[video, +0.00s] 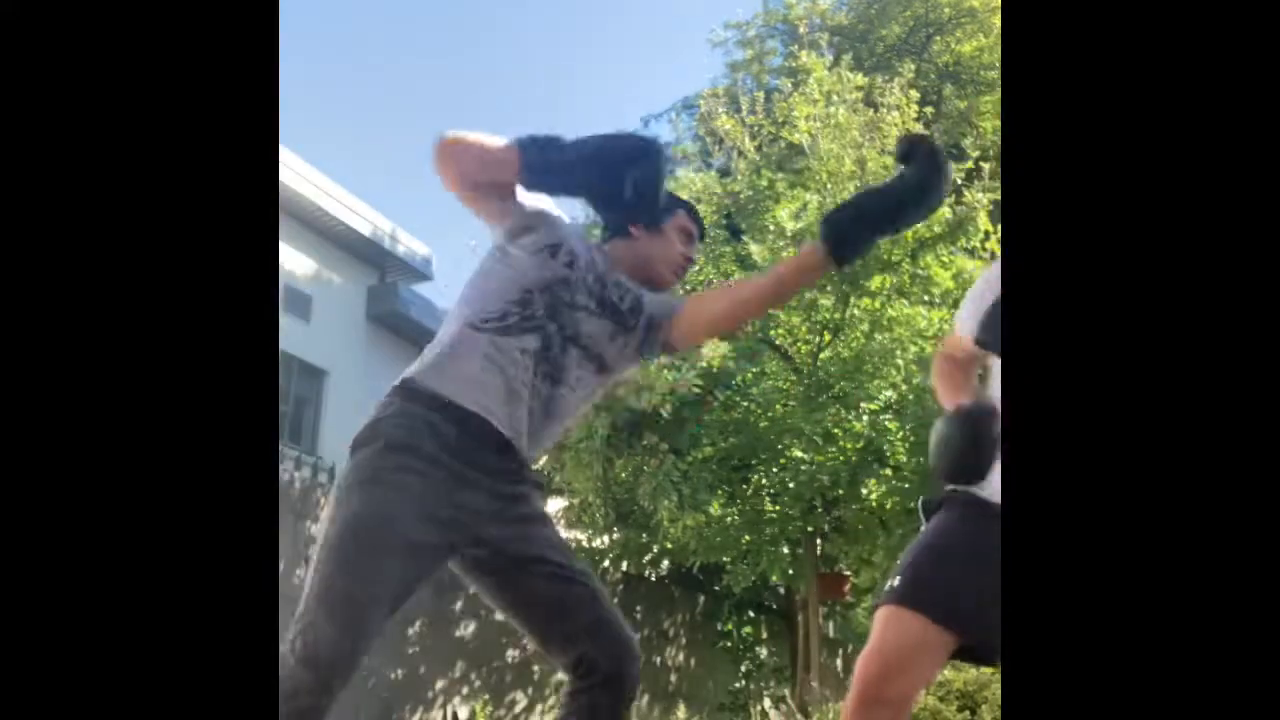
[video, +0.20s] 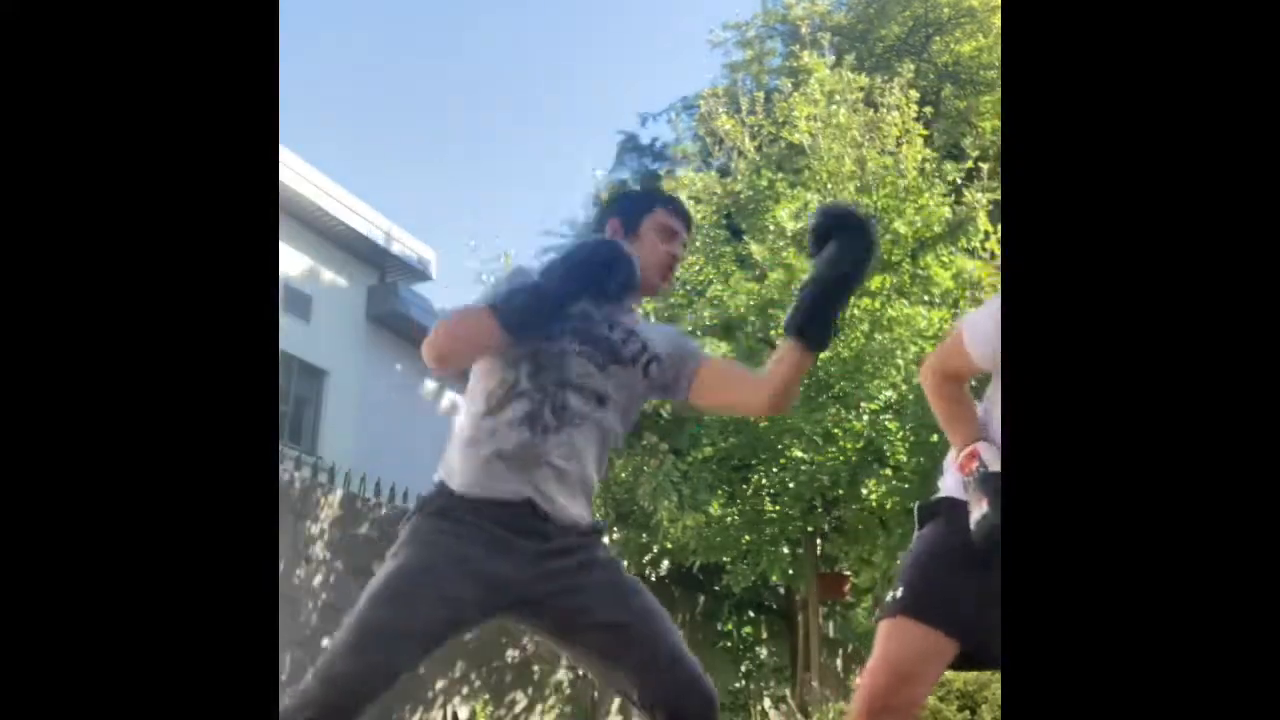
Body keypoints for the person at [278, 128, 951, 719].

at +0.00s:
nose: (694, 255)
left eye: (697, 248)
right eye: (685, 235)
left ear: (673, 263)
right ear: (635, 222)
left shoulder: (649, 321)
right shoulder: (545, 235)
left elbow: (761, 289)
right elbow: (454, 155)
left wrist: (863, 223)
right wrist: (566, 163)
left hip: (503, 488)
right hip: (418, 446)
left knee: (607, 661)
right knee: (315, 667)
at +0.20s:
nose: (679, 254)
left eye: (684, 246)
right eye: (669, 236)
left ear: (673, 260)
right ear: (617, 229)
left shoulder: (655, 346)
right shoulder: (533, 292)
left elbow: (769, 394)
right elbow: (441, 351)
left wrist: (826, 289)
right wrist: (554, 292)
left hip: (568, 551)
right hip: (460, 529)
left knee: (691, 703)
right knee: (326, 696)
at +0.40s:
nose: (590, 224)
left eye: (595, 215)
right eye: (578, 205)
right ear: (528, 198)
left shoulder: (573, 325)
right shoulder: (438, 270)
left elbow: (567, 452)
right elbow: (405, 364)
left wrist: (636, 409)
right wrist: (502, 289)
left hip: (510, 531)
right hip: (404, 515)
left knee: (602, 698)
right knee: (306, 698)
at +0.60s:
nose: (496, 227)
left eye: (502, 218)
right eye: (485, 209)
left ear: (500, 230)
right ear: (436, 199)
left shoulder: (480, 311)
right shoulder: (351, 274)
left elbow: (490, 432)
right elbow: (335, 370)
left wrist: (551, 375)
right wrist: (423, 290)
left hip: (437, 527)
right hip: (333, 515)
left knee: (517, 682)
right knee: (282, 686)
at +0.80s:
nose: (468, 223)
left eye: (473, 212)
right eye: (457, 204)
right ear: (406, 194)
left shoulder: (458, 297)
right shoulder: (322, 276)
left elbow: (492, 413)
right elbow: (330, 374)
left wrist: (543, 346)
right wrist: (410, 287)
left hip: (430, 519)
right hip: (326, 511)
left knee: (485, 691)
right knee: (278, 679)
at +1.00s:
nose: (459, 225)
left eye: (465, 215)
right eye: (451, 205)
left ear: (460, 230)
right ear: (397, 195)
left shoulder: (445, 303)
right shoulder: (313, 276)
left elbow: (511, 392)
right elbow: (326, 383)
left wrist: (524, 281)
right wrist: (396, 290)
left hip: (412, 519)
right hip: (311, 507)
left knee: (456, 701)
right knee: (277, 663)